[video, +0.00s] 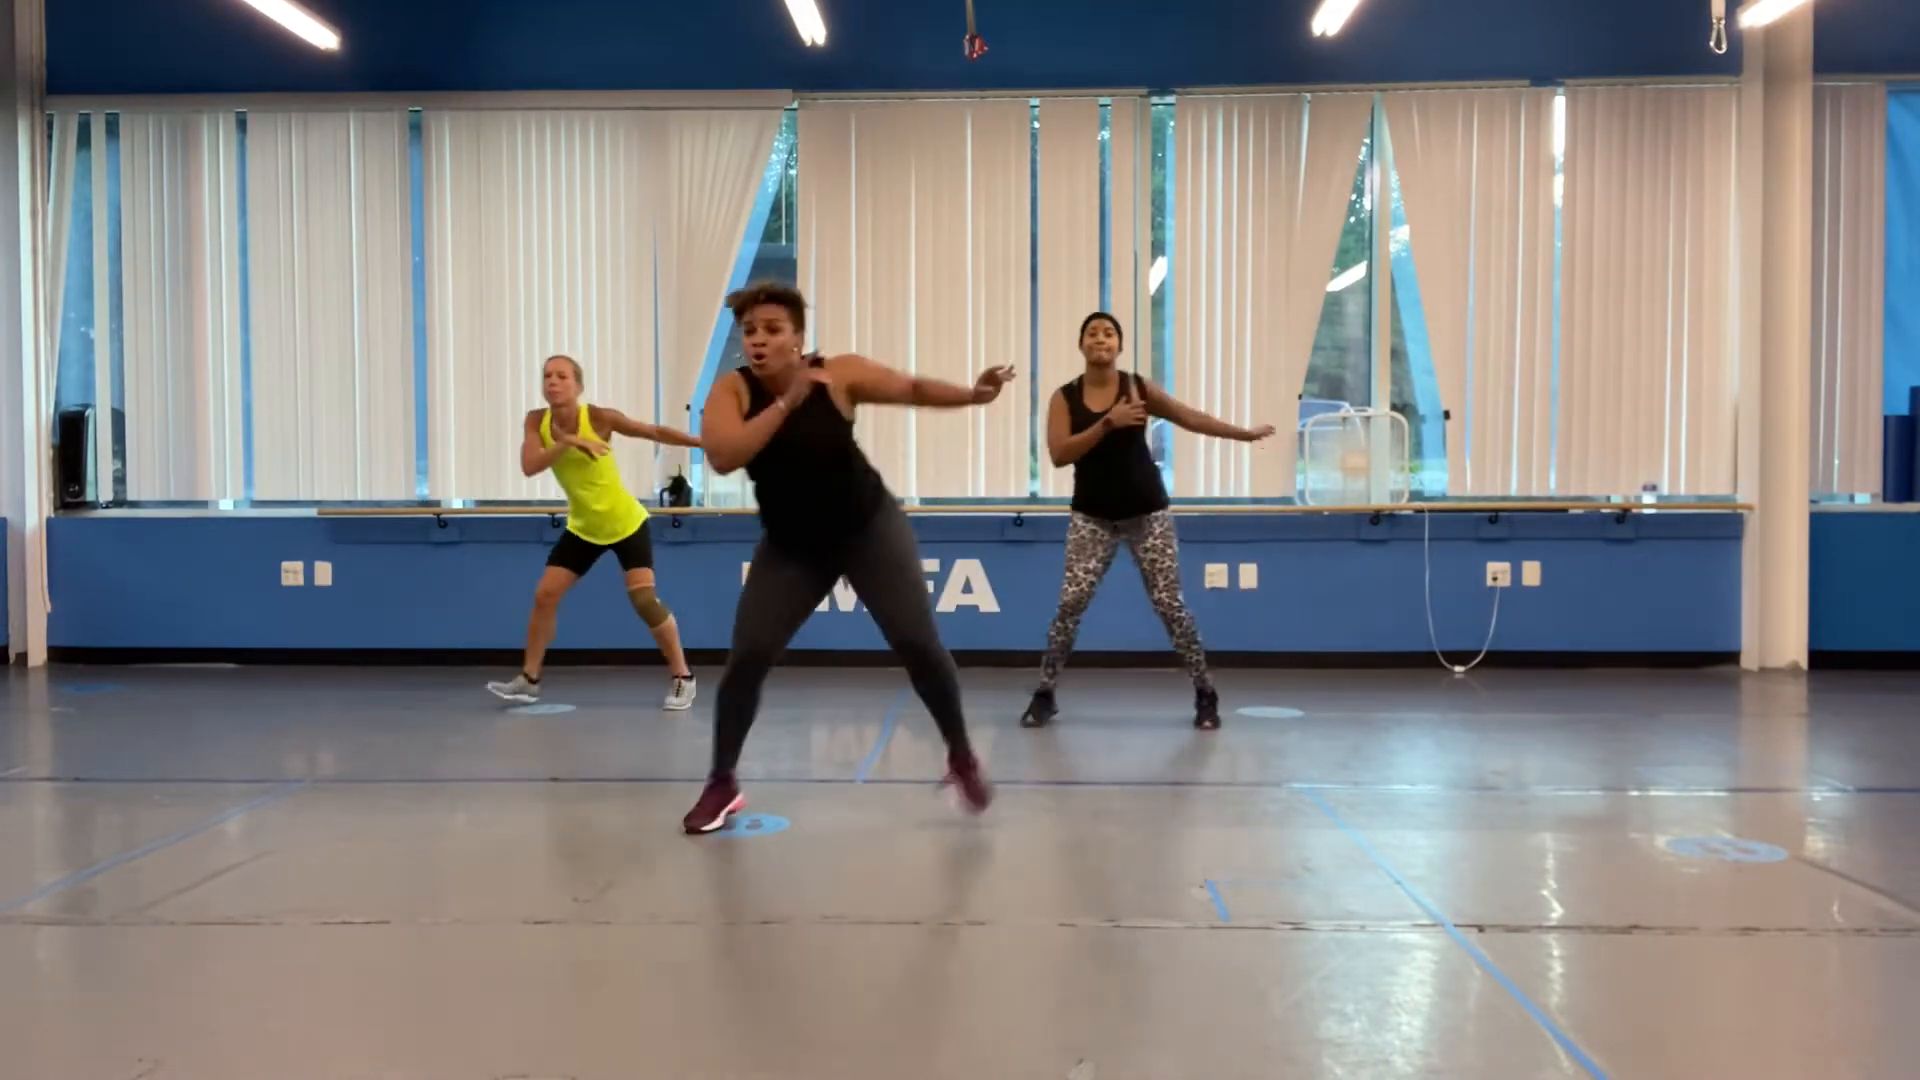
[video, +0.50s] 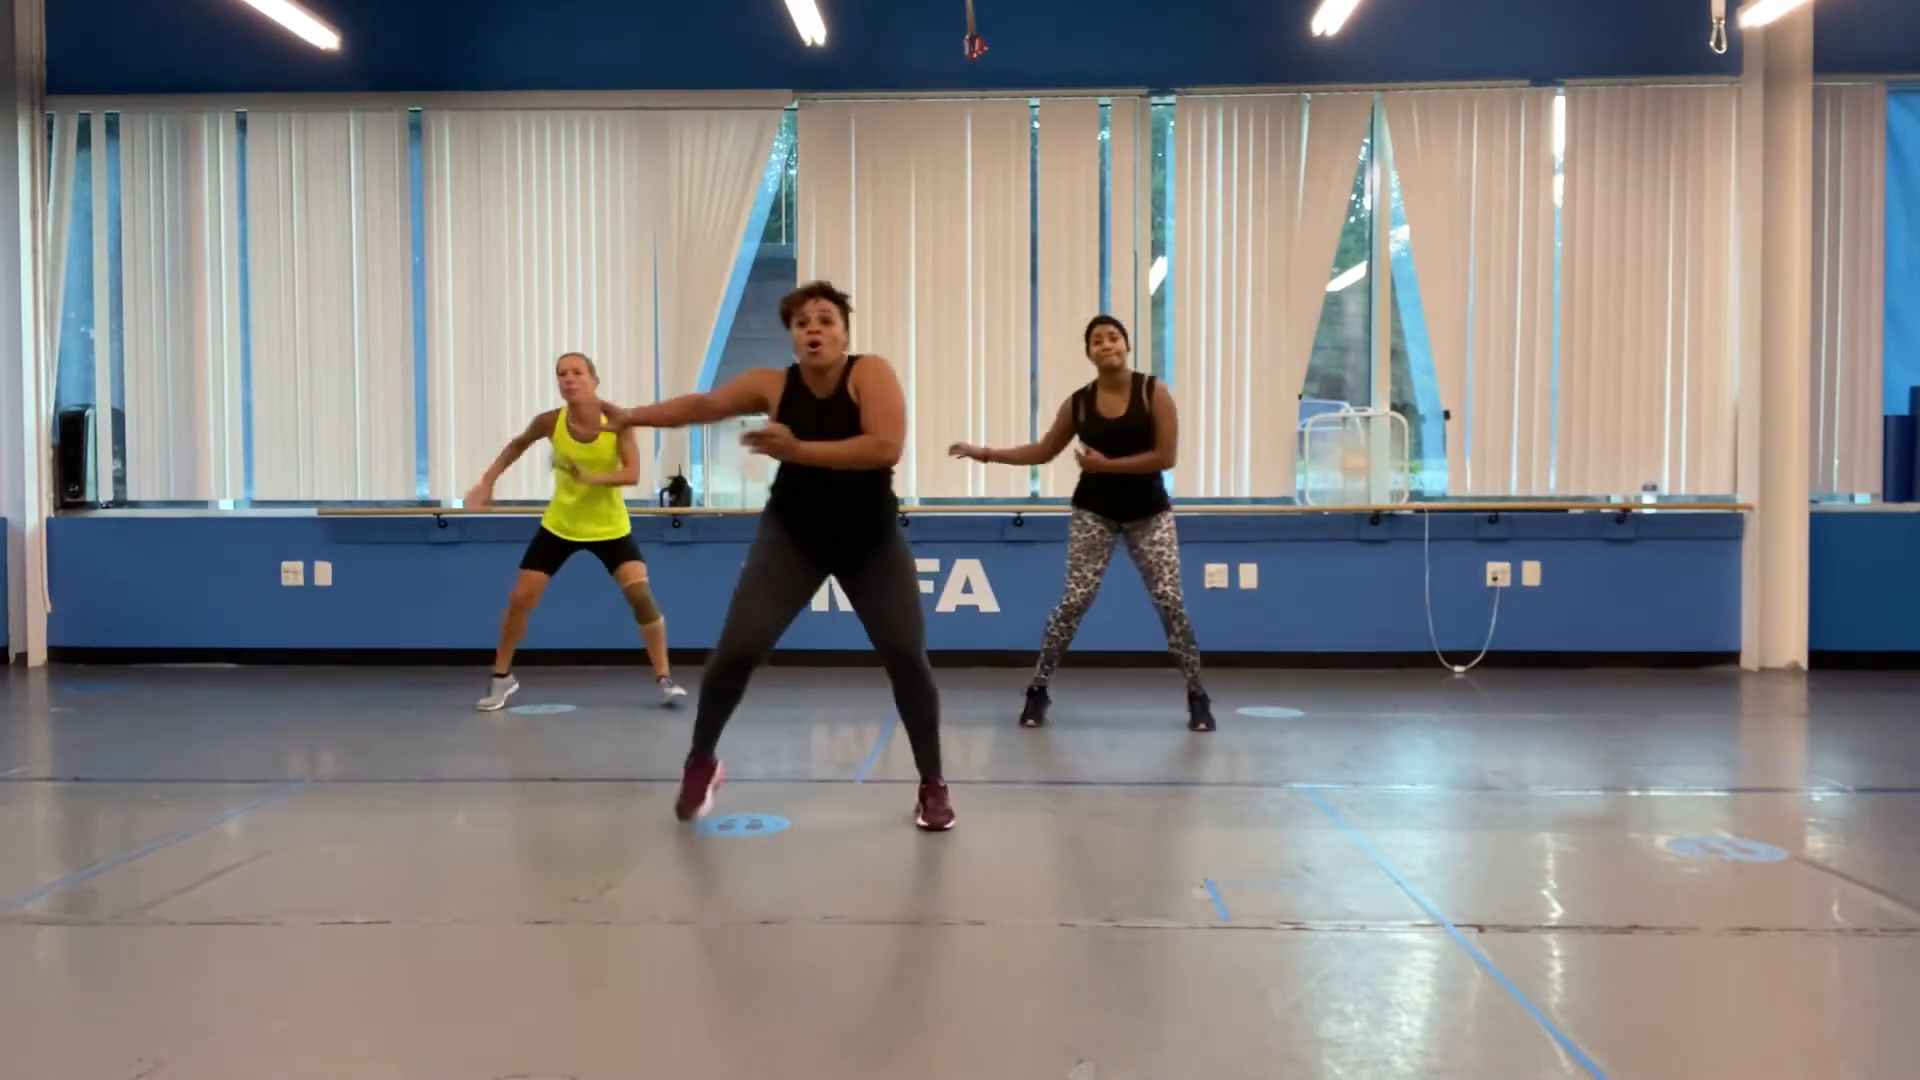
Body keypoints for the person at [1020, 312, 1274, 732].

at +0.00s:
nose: (1100, 341)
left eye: (1108, 335)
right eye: (1093, 335)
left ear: (1119, 346)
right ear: (1080, 346)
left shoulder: (1138, 390)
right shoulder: (1064, 398)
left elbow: (1192, 419)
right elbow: (1059, 455)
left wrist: (1245, 434)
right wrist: (1108, 422)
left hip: (1148, 515)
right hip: (1092, 518)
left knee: (1168, 604)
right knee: (1071, 602)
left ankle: (1205, 693)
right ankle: (1044, 694)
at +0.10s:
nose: (1086, 353)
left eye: (1094, 348)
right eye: (1078, 348)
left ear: (1105, 360)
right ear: (1066, 360)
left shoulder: (1123, 405)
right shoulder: (1048, 410)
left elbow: (1172, 437)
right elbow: (1033, 469)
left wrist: (1229, 457)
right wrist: (1080, 442)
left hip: (1130, 522)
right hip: (1074, 526)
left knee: (1153, 604)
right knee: (1057, 606)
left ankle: (1196, 679)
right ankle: (1040, 696)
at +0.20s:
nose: (1078, 360)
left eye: (1086, 354)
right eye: (1070, 355)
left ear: (1098, 365)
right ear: (1059, 366)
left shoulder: (1117, 414)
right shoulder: (1041, 420)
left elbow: (1155, 465)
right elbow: (1015, 480)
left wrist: (1197, 508)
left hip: (1123, 530)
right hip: (1067, 533)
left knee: (1146, 612)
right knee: (1049, 611)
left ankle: (1170, 684)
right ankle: (1040, 697)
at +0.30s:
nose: (1081, 357)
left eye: (1089, 350)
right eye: (1073, 352)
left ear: (1101, 360)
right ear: (1062, 364)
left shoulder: (1123, 411)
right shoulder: (1046, 418)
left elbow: (1142, 473)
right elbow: (1014, 470)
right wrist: (1000, 515)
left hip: (1122, 522)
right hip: (1068, 525)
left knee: (1146, 608)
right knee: (1055, 608)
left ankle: (1164, 690)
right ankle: (1040, 696)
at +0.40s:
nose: (1091, 349)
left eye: (1098, 342)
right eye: (1082, 345)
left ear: (1112, 351)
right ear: (1073, 357)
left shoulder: (1135, 399)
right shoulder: (1060, 408)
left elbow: (1143, 467)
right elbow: (1023, 453)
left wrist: (1088, 485)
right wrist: (978, 481)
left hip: (1132, 518)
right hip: (1077, 519)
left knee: (1160, 598)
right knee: (1065, 605)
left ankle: (1179, 684)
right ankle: (1039, 693)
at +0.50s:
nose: (1107, 345)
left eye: (1113, 338)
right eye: (1098, 342)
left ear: (1127, 346)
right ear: (1089, 354)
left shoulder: (1155, 395)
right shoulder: (1077, 404)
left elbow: (1166, 458)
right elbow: (1043, 452)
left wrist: (1106, 465)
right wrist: (985, 454)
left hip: (1149, 512)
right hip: (1094, 513)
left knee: (1169, 601)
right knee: (1076, 599)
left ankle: (1197, 697)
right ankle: (1037, 692)